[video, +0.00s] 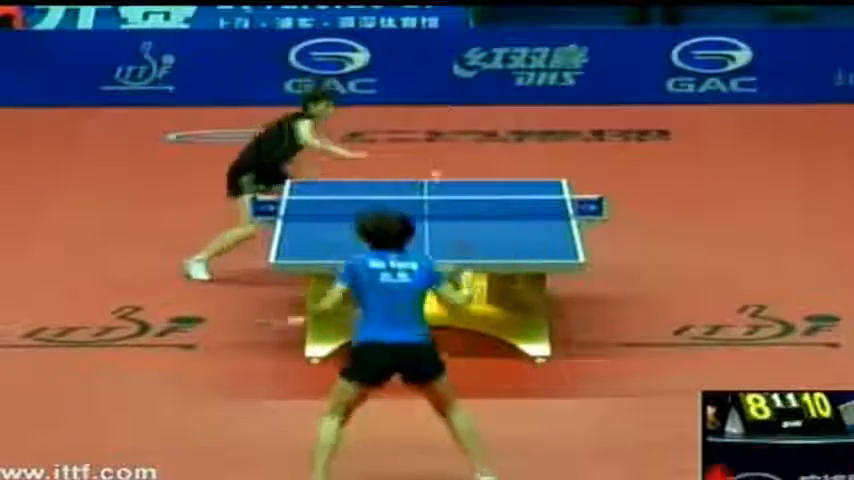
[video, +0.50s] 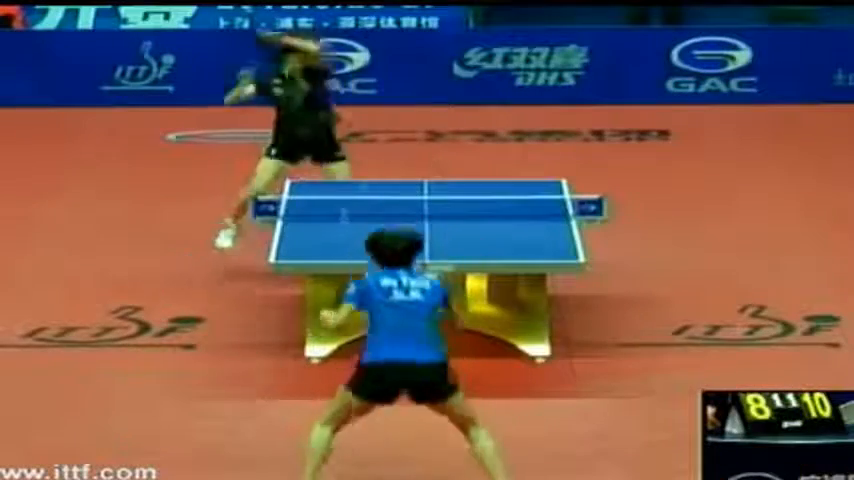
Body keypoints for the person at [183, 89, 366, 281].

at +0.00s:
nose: (329, 112)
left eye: (330, 107)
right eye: (326, 107)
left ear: (319, 110)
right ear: (313, 107)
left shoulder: (306, 124)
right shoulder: (301, 123)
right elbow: (314, 144)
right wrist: (348, 154)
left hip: (270, 172)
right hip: (246, 173)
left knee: (301, 203)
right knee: (249, 226)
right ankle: (199, 260)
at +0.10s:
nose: (343, 108)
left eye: (343, 103)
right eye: (339, 102)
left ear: (322, 103)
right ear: (324, 102)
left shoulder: (305, 114)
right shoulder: (318, 120)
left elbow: (282, 118)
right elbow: (322, 137)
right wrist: (343, 151)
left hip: (280, 169)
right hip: (261, 171)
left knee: (313, 195)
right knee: (261, 224)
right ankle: (201, 259)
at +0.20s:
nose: (350, 91)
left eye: (350, 86)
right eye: (346, 86)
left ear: (340, 89)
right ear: (332, 87)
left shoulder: (330, 109)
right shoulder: (310, 104)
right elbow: (280, 107)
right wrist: (292, 117)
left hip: (303, 162)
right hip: (276, 161)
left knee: (333, 191)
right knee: (260, 212)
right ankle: (215, 251)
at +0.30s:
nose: (338, 82)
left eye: (341, 78)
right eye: (335, 76)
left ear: (341, 81)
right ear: (323, 73)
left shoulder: (331, 98)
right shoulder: (289, 90)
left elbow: (342, 127)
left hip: (312, 150)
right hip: (281, 150)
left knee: (337, 194)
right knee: (262, 198)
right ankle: (229, 240)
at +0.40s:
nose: (317, 64)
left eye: (320, 58)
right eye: (313, 58)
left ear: (322, 60)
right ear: (301, 58)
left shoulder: (326, 79)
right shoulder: (277, 77)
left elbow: (339, 62)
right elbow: (233, 97)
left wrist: (316, 43)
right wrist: (252, 86)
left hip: (320, 145)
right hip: (285, 145)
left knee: (346, 191)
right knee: (257, 188)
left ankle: (349, 235)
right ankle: (230, 223)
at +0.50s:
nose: (296, 59)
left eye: (302, 54)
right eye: (291, 54)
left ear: (310, 55)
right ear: (284, 55)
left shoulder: (318, 74)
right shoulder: (274, 79)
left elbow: (314, 50)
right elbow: (233, 99)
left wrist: (283, 40)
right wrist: (240, 92)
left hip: (321, 138)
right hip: (287, 139)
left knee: (344, 191)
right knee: (257, 188)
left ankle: (347, 238)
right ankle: (231, 225)